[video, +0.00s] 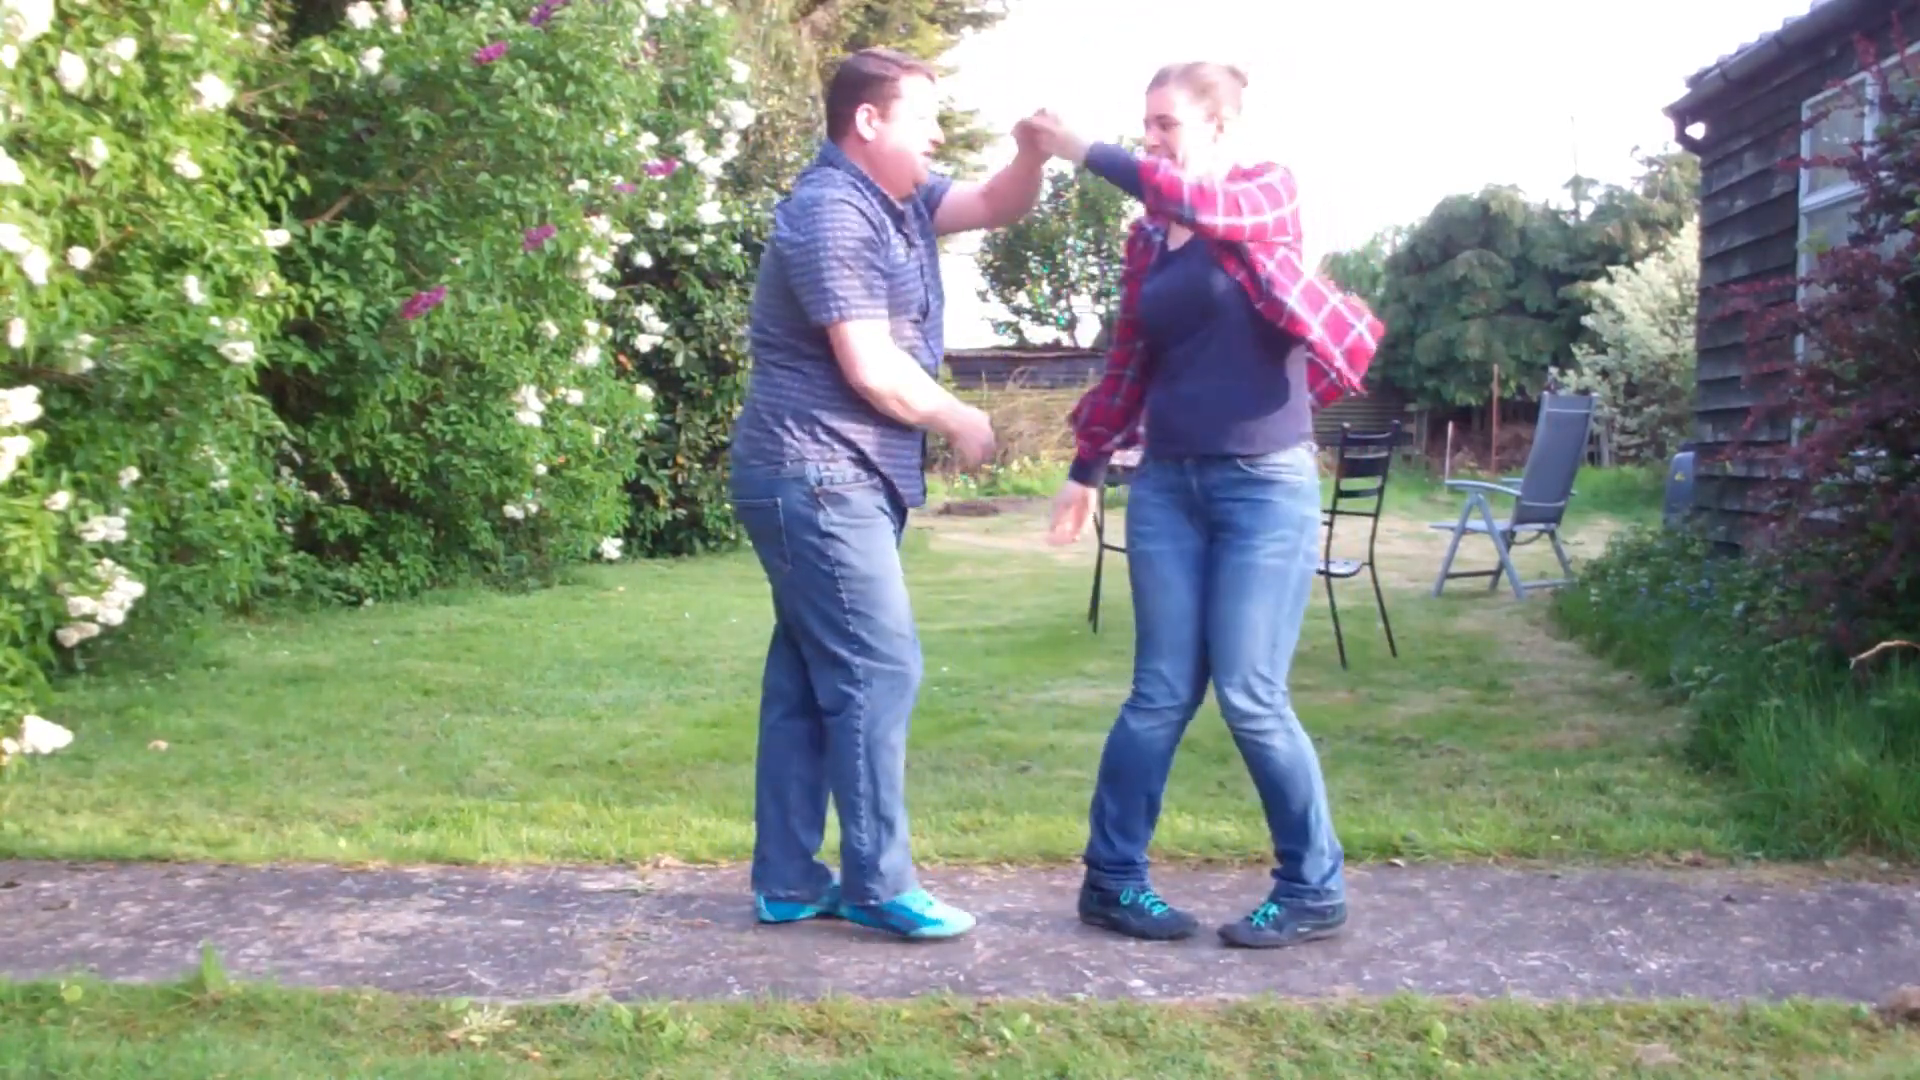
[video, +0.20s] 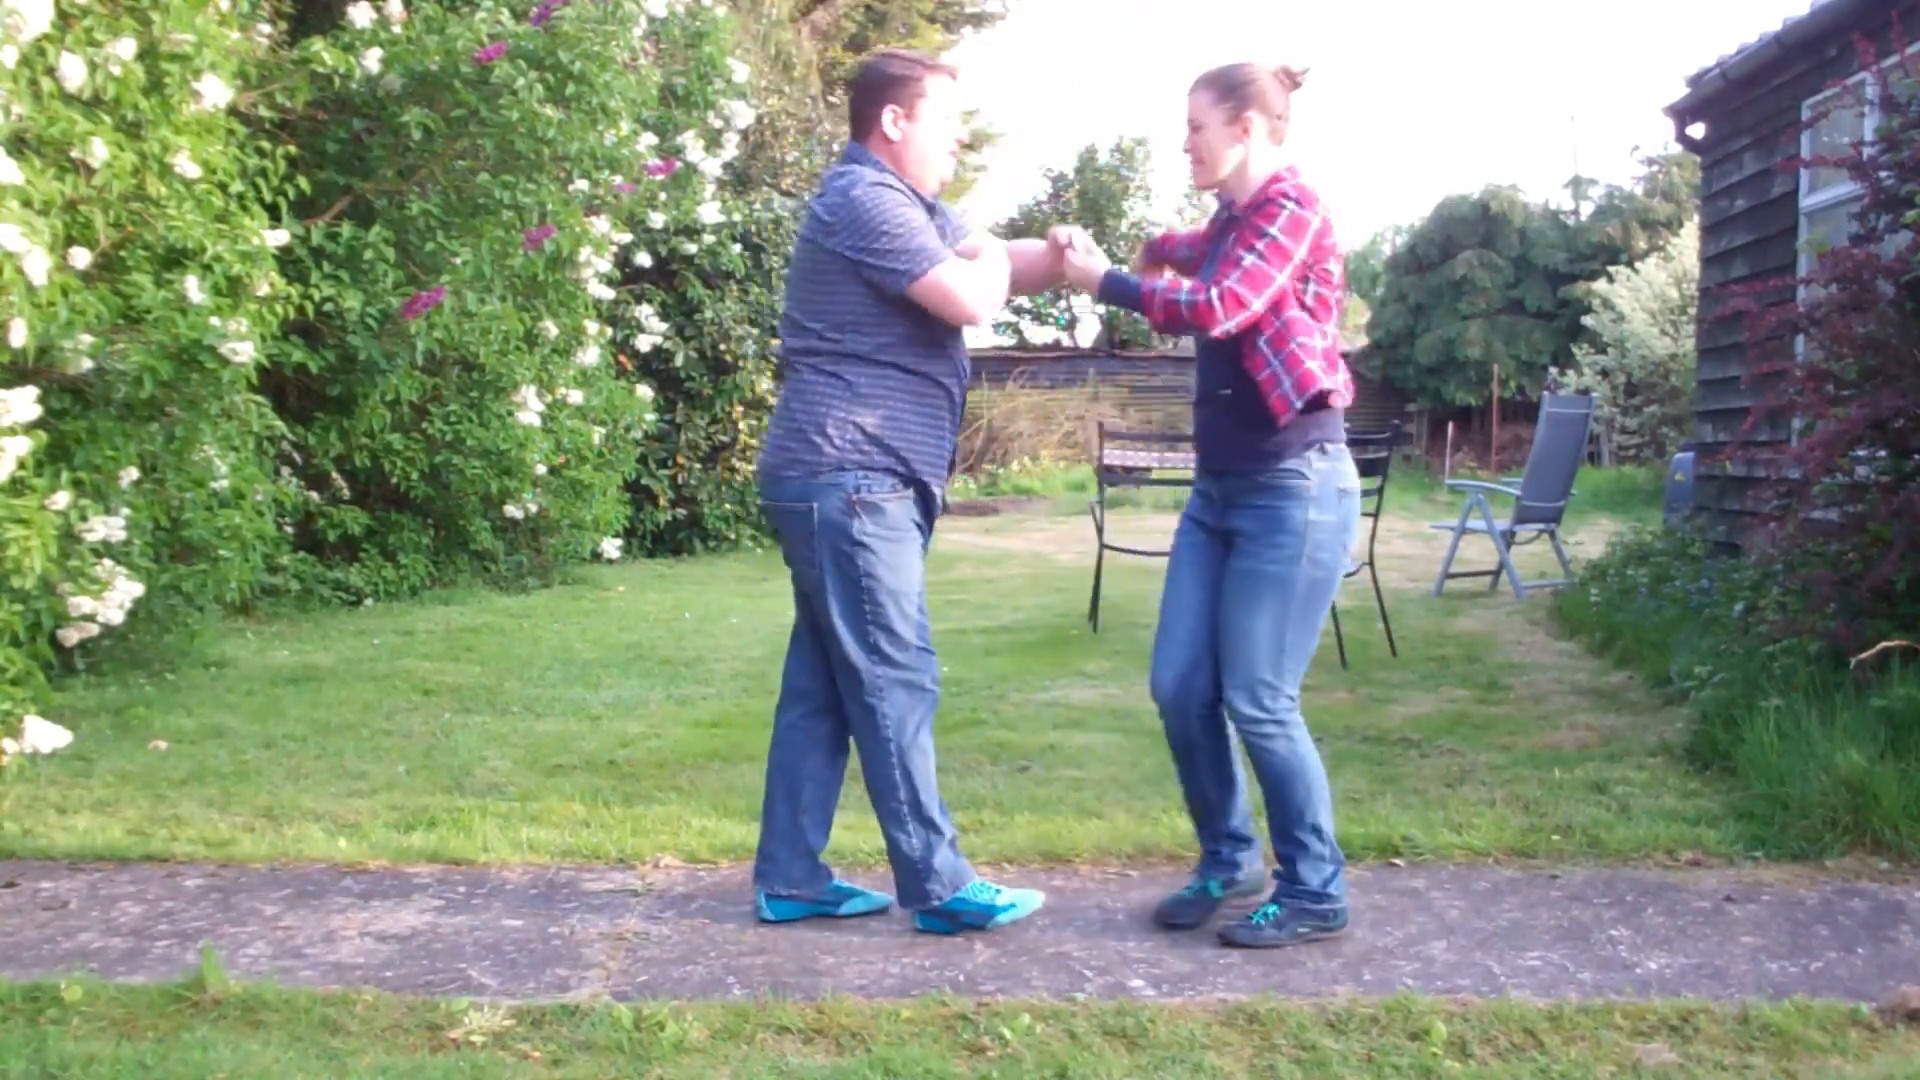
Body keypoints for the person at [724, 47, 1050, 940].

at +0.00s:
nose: (936, 143)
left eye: (935, 126)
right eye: (923, 124)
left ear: (875, 123)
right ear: (867, 123)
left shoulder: (897, 196)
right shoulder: (831, 209)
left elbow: (994, 204)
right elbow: (869, 365)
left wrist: (1033, 153)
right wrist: (957, 419)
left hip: (852, 470)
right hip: (811, 470)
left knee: (805, 679)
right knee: (880, 666)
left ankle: (788, 879)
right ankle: (880, 883)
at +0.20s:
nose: (955, 140)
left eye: (953, 121)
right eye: (944, 121)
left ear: (896, 124)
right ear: (894, 122)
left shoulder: (910, 200)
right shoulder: (862, 199)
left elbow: (992, 261)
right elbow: (963, 304)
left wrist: (1053, 254)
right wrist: (996, 262)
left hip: (869, 476)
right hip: (842, 475)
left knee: (821, 686)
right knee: (896, 680)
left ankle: (789, 878)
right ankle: (937, 882)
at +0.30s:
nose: (972, 144)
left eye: (972, 128)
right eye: (961, 126)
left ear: (908, 124)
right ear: (910, 121)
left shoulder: (911, 205)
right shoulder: (879, 191)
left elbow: (996, 292)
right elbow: (1013, 250)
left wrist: (1069, 300)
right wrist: (1024, 191)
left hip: (877, 478)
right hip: (872, 478)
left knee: (844, 686)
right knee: (918, 682)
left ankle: (794, 873)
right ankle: (943, 887)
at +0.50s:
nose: (1014, 125)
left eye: (1012, 110)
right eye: (999, 108)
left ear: (956, 120)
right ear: (948, 117)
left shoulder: (978, 220)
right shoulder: (911, 183)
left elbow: (1003, 350)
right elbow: (1044, 162)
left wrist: (1092, 365)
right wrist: (1111, 120)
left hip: (971, 478)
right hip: (921, 471)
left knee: (979, 673)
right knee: (958, 680)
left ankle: (847, 822)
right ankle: (951, 889)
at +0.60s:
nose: (1039, 118)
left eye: (1035, 102)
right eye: (1022, 103)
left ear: (976, 119)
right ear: (969, 118)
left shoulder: (1003, 227)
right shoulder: (926, 187)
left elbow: (1012, 361)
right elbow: (1056, 137)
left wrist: (1097, 389)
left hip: (1003, 489)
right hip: (945, 477)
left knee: (1045, 662)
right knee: (977, 688)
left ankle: (916, 810)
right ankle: (952, 889)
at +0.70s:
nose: (1054, 119)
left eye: (1053, 108)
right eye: (1037, 107)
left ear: (994, 123)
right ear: (982, 120)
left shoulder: (1025, 227)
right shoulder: (944, 187)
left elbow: (1026, 374)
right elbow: (1060, 122)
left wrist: (1115, 416)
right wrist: (1055, 106)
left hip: (1035, 500)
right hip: (966, 487)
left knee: (1081, 664)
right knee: (995, 690)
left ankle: (1022, 846)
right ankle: (953, 888)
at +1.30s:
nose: (1010, 119)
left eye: (1032, 104)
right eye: (1005, 102)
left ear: (1089, 113)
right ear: (997, 106)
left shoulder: (1137, 229)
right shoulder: (980, 179)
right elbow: (914, 92)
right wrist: (996, 21)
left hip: (1079, 504)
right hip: (974, 505)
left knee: (1093, 695)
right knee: (994, 700)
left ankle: (1142, 834)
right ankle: (1061, 873)